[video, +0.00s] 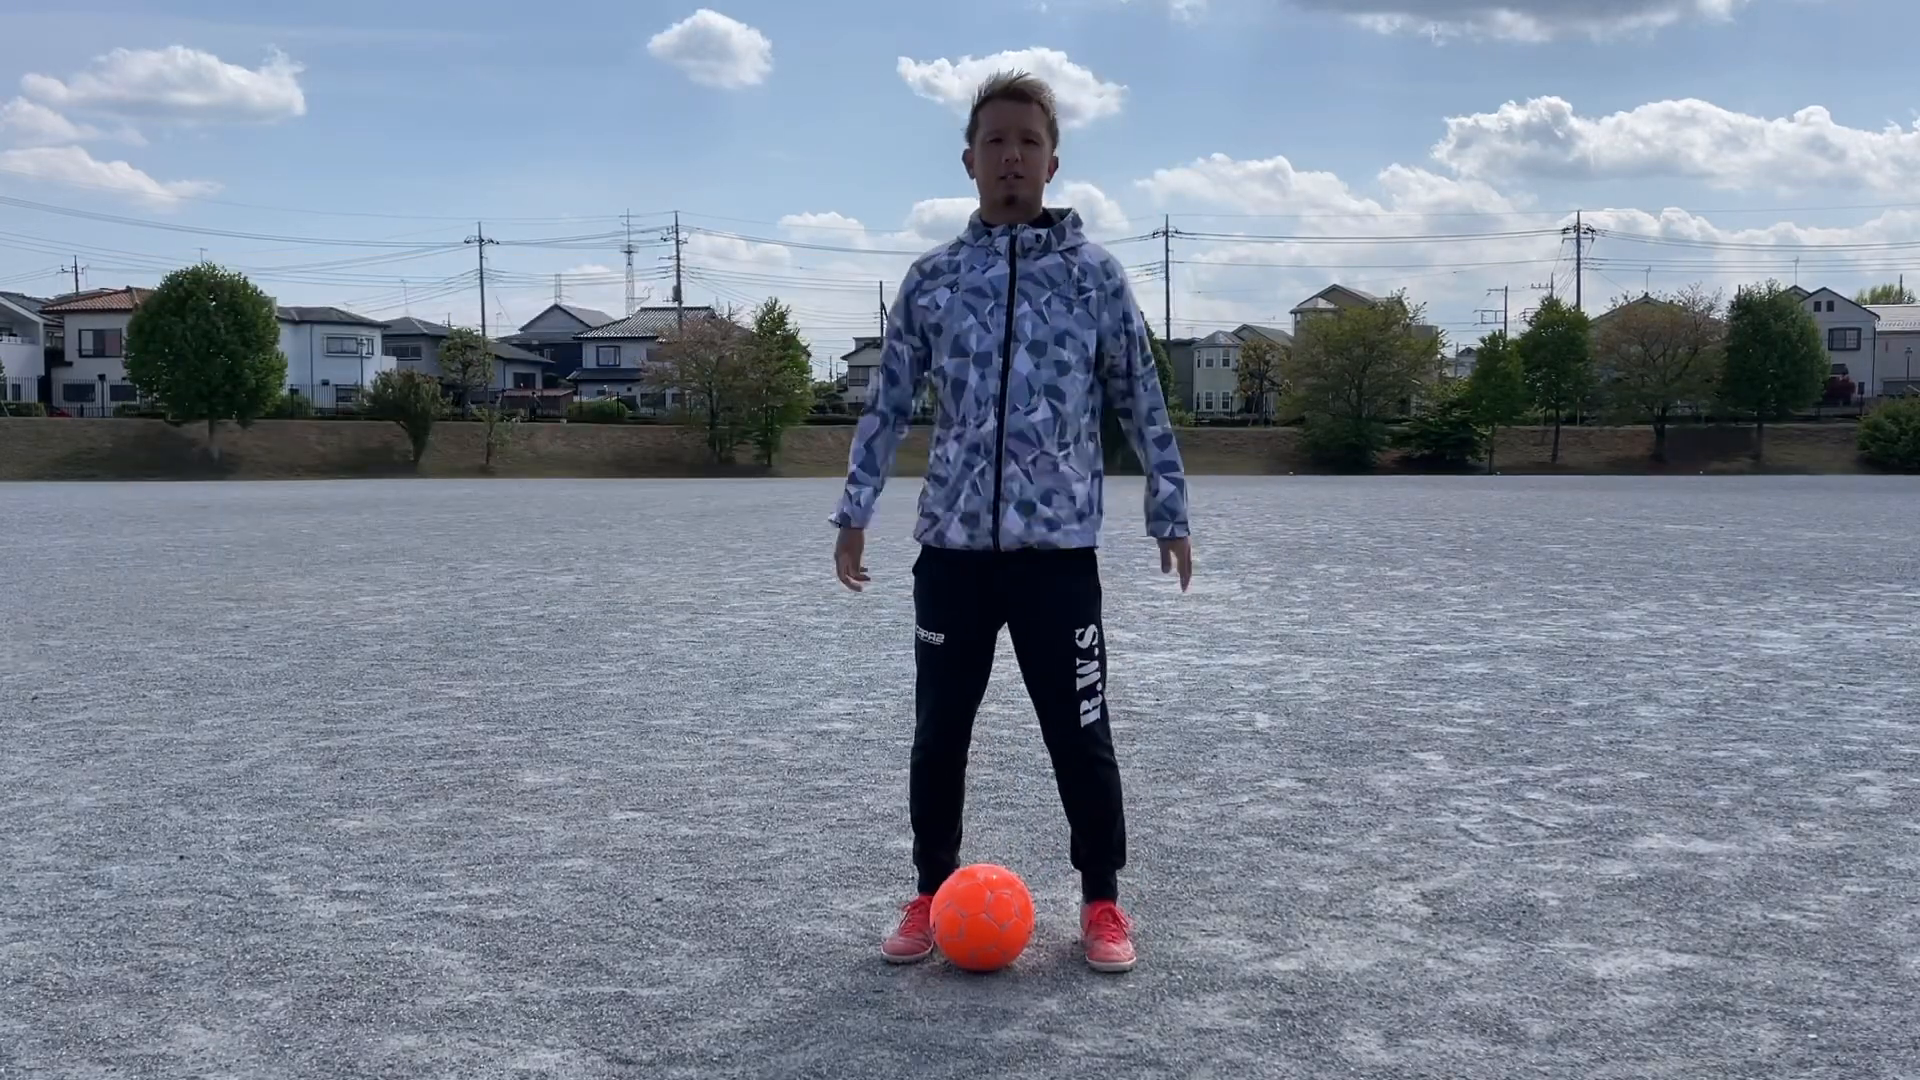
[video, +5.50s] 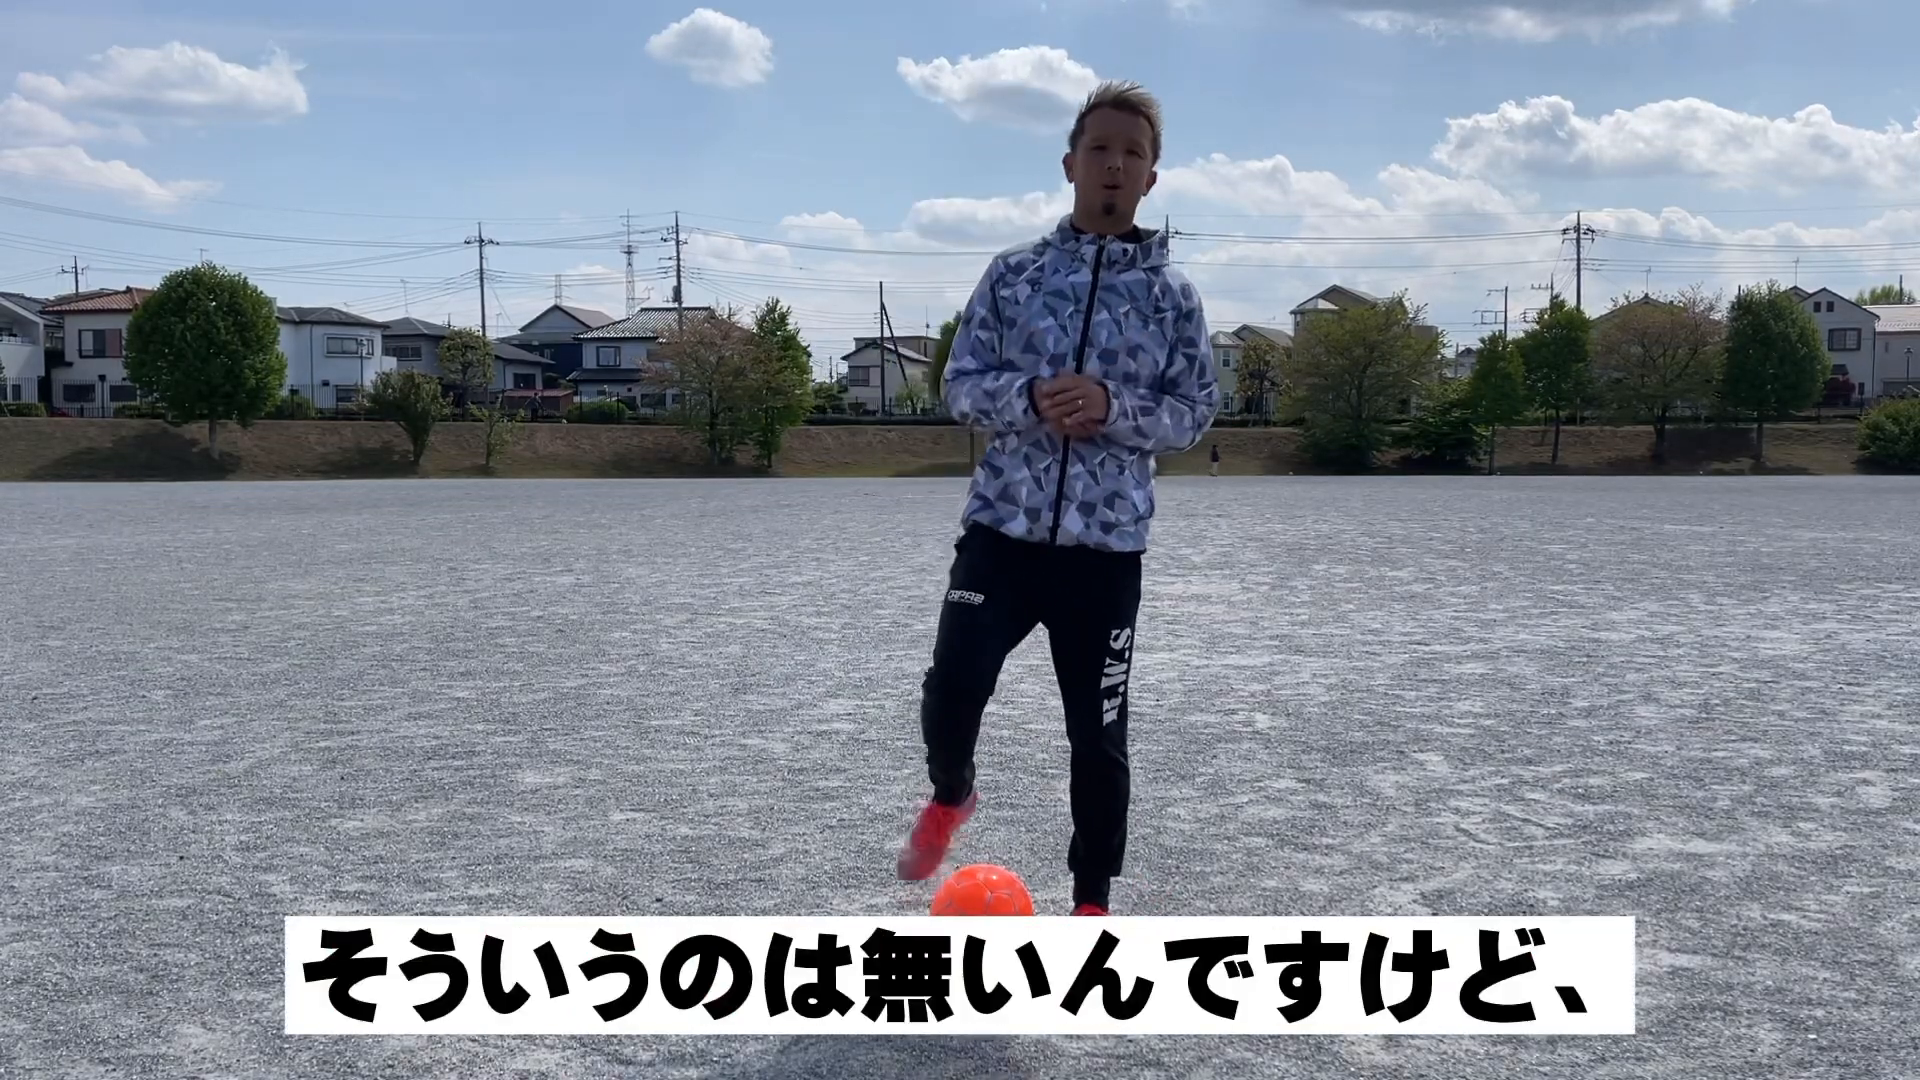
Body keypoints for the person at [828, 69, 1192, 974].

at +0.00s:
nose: (1012, 157)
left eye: (1030, 142)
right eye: (994, 141)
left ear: (1053, 159)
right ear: (969, 157)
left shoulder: (1092, 271)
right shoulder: (933, 277)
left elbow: (1141, 400)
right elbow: (888, 402)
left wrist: (1170, 509)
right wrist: (854, 511)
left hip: (1057, 542)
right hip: (953, 541)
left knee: (1080, 731)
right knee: (938, 731)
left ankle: (1102, 906)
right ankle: (931, 898)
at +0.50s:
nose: (1037, 160)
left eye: (1053, 146)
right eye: (1020, 145)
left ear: (1075, 165)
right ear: (992, 162)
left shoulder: (1107, 282)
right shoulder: (952, 280)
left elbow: (1135, 407)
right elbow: (921, 408)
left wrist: (1124, 504)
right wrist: (920, 503)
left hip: (1069, 542)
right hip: (966, 540)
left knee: (1085, 731)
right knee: (946, 729)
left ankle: (1101, 905)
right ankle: (930, 898)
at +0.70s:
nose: (1032, 162)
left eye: (1048, 148)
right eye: (1015, 147)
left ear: (1070, 165)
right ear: (989, 164)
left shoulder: (1106, 278)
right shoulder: (953, 276)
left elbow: (1130, 394)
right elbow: (928, 393)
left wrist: (1063, 413)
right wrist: (997, 396)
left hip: (1068, 540)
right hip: (969, 538)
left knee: (1086, 728)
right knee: (948, 727)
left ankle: (1101, 903)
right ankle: (930, 896)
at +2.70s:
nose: (1030, 168)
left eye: (1047, 153)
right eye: (1014, 153)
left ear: (1074, 170)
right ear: (993, 169)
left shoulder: (1113, 282)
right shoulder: (954, 285)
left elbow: (1149, 396)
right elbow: (917, 400)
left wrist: (1061, 393)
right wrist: (983, 391)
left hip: (1070, 538)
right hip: (970, 538)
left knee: (1085, 726)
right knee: (950, 727)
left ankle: (1097, 897)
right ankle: (933, 894)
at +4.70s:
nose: (929, 175)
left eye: (941, 158)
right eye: (909, 165)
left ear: (965, 166)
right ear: (885, 184)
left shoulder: (1024, 271)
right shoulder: (869, 297)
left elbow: (1078, 377)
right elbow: (846, 420)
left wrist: (1002, 416)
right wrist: (915, 427)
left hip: (1020, 534)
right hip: (922, 543)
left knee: (1063, 716)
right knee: (924, 729)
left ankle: (1104, 893)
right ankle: (929, 893)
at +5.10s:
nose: (1044, 163)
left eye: (1060, 151)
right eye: (1028, 148)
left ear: (1078, 171)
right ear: (998, 165)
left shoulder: (1112, 284)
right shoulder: (951, 283)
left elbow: (1143, 406)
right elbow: (905, 401)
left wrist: (1120, 360)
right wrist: (929, 366)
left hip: (1072, 538)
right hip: (972, 537)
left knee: (1083, 731)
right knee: (948, 731)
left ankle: (1091, 901)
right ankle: (933, 897)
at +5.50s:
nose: (1114, 164)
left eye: (1132, 153)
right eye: (1099, 148)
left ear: (1151, 176)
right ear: (1070, 163)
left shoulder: (1172, 295)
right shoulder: (1013, 273)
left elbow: (1193, 416)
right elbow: (961, 388)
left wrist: (1113, 409)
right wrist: (1029, 399)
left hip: (1103, 544)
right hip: (1002, 532)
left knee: (1098, 733)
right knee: (948, 696)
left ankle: (1092, 903)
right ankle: (951, 801)